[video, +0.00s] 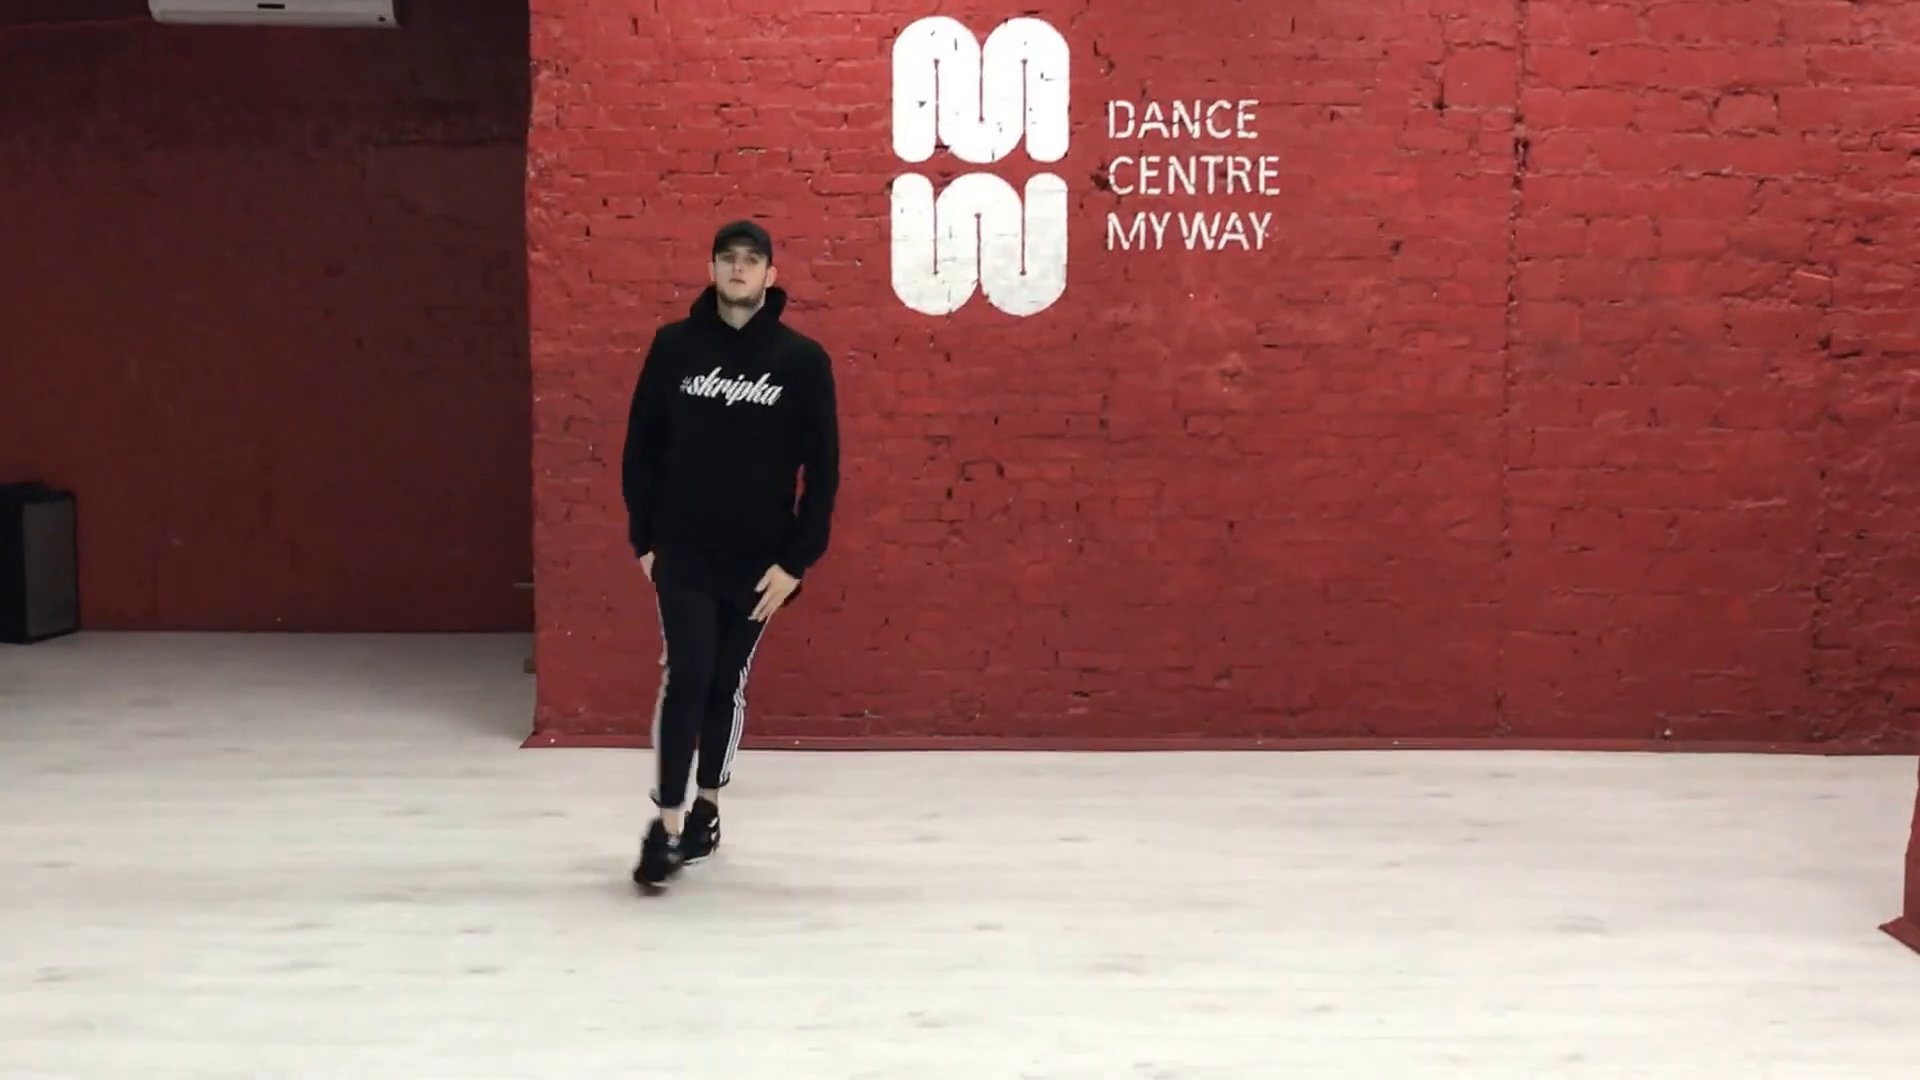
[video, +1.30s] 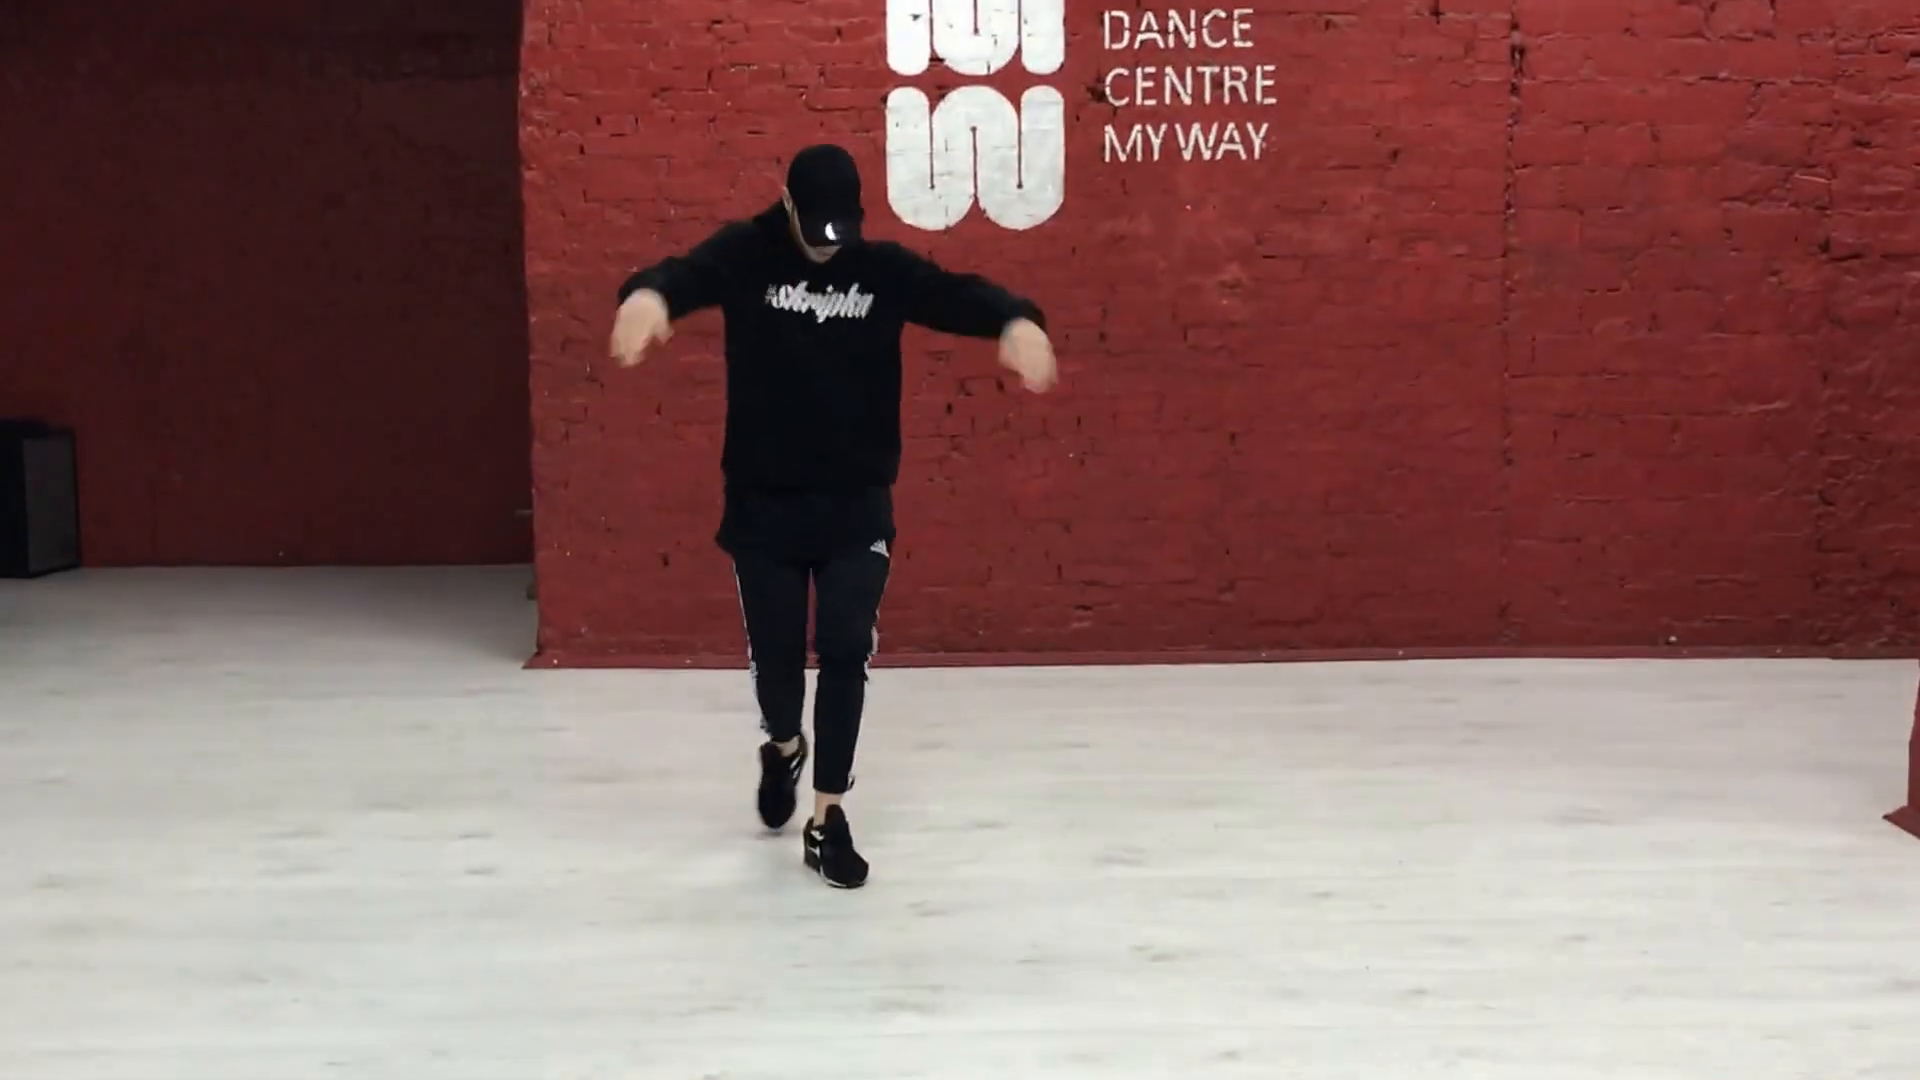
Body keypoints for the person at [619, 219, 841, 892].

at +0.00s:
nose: (737, 270)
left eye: (750, 261)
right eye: (727, 259)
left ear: (769, 272)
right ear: (711, 269)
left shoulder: (802, 359)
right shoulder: (675, 344)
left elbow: (823, 470)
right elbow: (641, 446)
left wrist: (796, 562)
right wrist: (645, 540)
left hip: (755, 549)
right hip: (680, 543)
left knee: (725, 684)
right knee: (686, 676)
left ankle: (707, 805)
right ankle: (667, 821)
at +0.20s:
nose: (731, 276)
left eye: (744, 266)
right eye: (719, 265)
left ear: (762, 279)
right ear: (701, 276)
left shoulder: (797, 364)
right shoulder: (665, 357)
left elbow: (830, 445)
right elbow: (622, 433)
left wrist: (834, 499)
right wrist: (609, 496)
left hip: (761, 551)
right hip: (683, 549)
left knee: (726, 689)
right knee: (713, 685)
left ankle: (700, 802)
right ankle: (722, 843)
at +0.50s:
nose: (744, 236)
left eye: (755, 225)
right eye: (730, 225)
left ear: (771, 239)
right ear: (707, 238)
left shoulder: (805, 324)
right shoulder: (674, 323)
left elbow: (855, 422)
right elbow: (617, 426)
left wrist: (842, 394)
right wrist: (642, 388)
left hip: (779, 535)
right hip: (697, 534)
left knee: (774, 693)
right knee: (731, 684)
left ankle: (721, 774)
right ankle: (730, 835)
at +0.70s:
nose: (770, 209)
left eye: (780, 198)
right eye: (756, 197)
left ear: (793, 212)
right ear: (727, 208)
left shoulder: (819, 304)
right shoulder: (686, 296)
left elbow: (857, 411)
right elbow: (635, 402)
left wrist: (925, 361)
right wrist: (588, 349)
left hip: (799, 522)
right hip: (713, 522)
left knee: (814, 669)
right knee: (736, 673)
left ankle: (795, 824)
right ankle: (730, 826)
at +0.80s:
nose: (786, 216)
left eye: (797, 204)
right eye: (773, 201)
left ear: (807, 211)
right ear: (742, 200)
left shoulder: (827, 296)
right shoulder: (692, 281)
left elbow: (883, 398)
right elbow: (627, 376)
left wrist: (926, 330)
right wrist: (619, 314)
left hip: (810, 517)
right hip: (723, 516)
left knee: (813, 674)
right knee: (746, 673)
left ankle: (825, 846)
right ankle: (731, 822)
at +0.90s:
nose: (795, 256)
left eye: (808, 243)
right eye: (784, 241)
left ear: (824, 233)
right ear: (756, 223)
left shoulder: (838, 305)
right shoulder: (705, 290)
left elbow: (913, 389)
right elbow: (624, 351)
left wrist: (905, 310)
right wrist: (688, 268)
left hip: (827, 523)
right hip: (739, 525)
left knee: (832, 675)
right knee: (763, 675)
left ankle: (830, 842)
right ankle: (735, 809)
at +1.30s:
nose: (829, 246)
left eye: (841, 234)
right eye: (818, 232)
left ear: (858, 217)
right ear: (789, 211)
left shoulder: (882, 267)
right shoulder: (746, 254)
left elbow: (955, 296)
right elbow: (682, 276)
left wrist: (1015, 320)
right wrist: (646, 295)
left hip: (856, 496)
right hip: (765, 494)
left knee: (847, 653)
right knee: (776, 660)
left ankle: (829, 816)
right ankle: (781, 752)